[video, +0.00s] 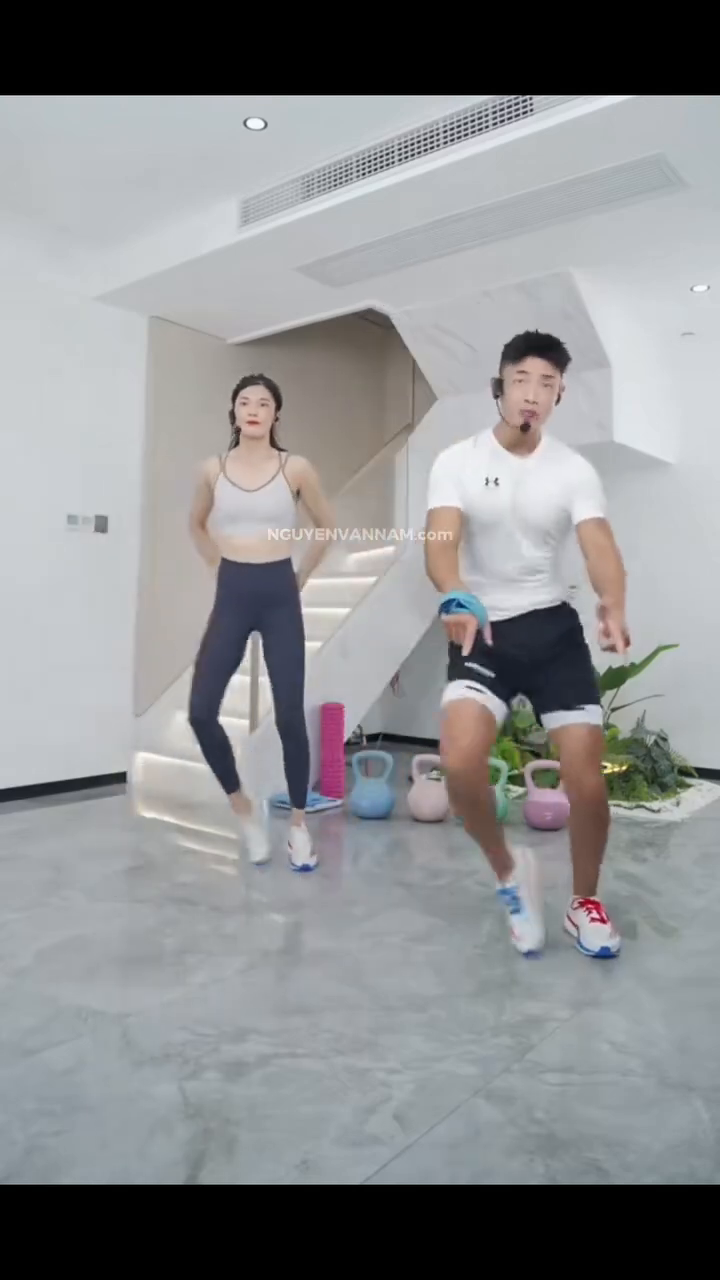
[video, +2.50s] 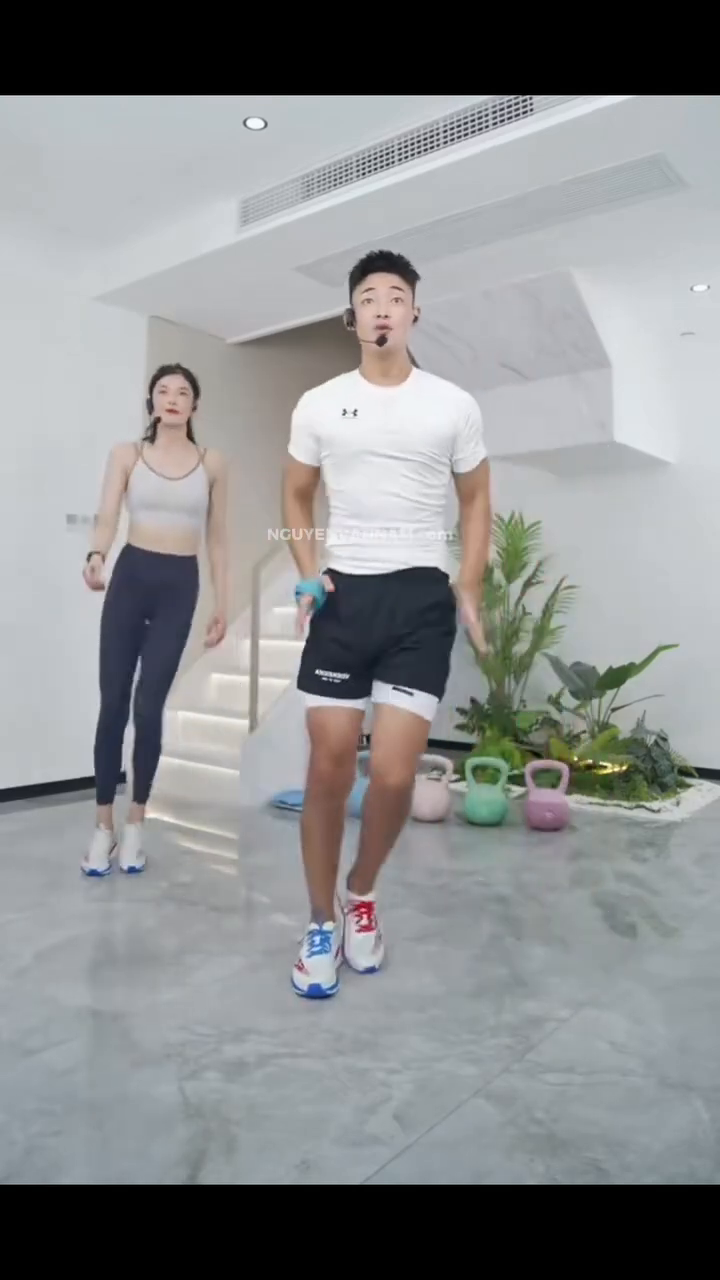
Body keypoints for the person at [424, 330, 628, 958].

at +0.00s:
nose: (532, 393)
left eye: (545, 384)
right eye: (521, 380)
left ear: (558, 398)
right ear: (499, 388)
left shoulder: (574, 470)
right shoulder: (456, 462)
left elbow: (600, 546)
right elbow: (441, 538)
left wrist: (611, 604)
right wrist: (454, 595)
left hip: (554, 629)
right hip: (481, 630)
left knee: (586, 782)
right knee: (458, 763)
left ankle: (586, 902)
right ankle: (508, 875)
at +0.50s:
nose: (389, 347)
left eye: (402, 336)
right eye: (377, 337)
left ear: (423, 351)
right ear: (362, 355)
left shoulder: (451, 439)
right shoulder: (326, 435)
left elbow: (497, 527)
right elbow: (271, 520)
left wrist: (486, 594)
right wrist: (269, 600)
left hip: (429, 617)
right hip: (345, 619)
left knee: (499, 752)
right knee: (303, 762)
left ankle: (498, 868)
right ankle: (292, 919)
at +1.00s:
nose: (387, 335)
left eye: (400, 323)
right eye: (374, 325)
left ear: (420, 337)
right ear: (358, 343)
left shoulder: (460, 419)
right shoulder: (334, 435)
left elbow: (483, 522)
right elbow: (322, 541)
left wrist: (453, 546)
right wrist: (329, 532)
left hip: (446, 604)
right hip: (365, 610)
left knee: (514, 745)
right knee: (323, 761)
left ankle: (484, 864)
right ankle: (294, 917)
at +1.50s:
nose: (511, 344)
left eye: (524, 332)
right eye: (498, 332)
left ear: (543, 344)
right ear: (478, 347)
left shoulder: (577, 421)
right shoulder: (451, 426)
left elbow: (607, 493)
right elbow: (436, 500)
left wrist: (630, 549)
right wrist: (429, 557)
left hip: (558, 597)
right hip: (478, 597)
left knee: (583, 751)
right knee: (466, 727)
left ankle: (597, 912)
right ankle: (462, 882)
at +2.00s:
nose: (449, 329)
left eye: (462, 318)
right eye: (437, 318)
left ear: (483, 331)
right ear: (420, 334)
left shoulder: (513, 420)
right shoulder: (390, 419)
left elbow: (539, 511)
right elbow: (374, 495)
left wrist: (534, 552)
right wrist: (373, 544)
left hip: (490, 610)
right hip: (408, 609)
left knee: (540, 779)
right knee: (368, 762)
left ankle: (580, 914)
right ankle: (324, 926)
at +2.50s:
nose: (381, 310)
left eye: (395, 299)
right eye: (369, 300)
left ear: (415, 315)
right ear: (353, 317)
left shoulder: (454, 407)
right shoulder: (319, 406)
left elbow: (477, 504)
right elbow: (297, 499)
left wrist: (469, 587)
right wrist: (311, 577)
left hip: (423, 600)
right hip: (342, 598)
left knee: (394, 777)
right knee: (329, 759)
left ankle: (360, 892)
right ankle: (321, 925)